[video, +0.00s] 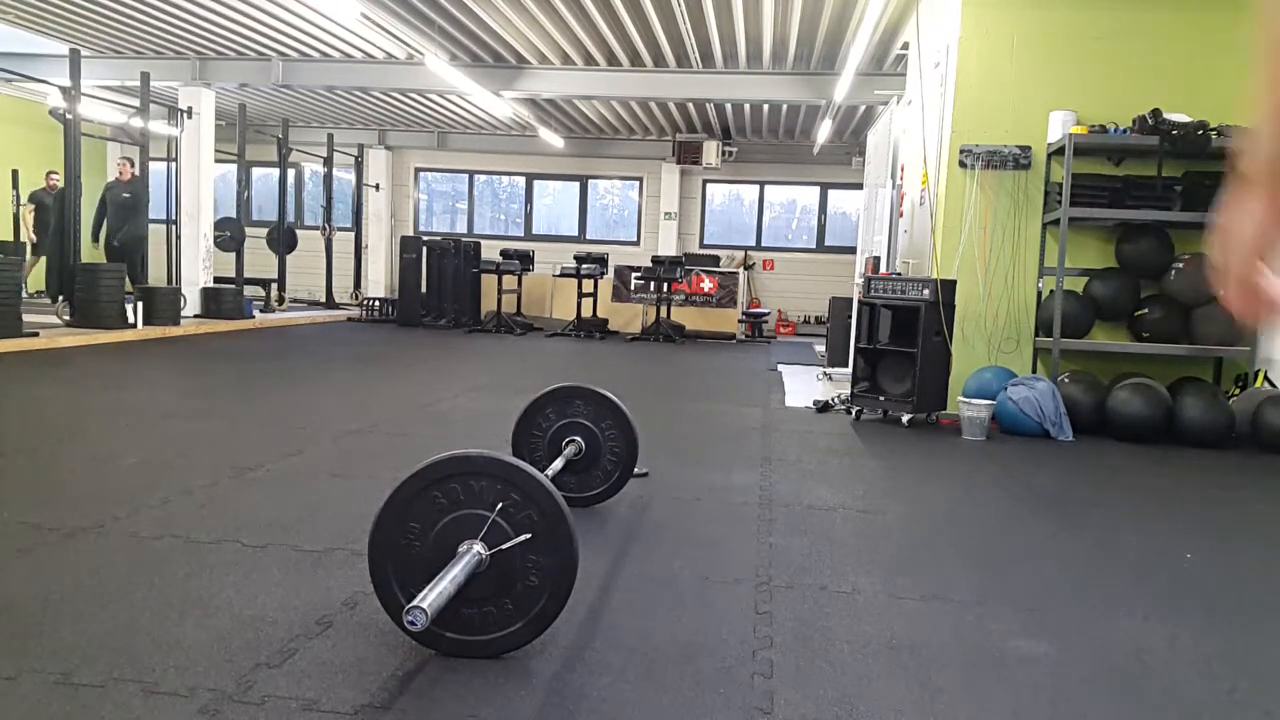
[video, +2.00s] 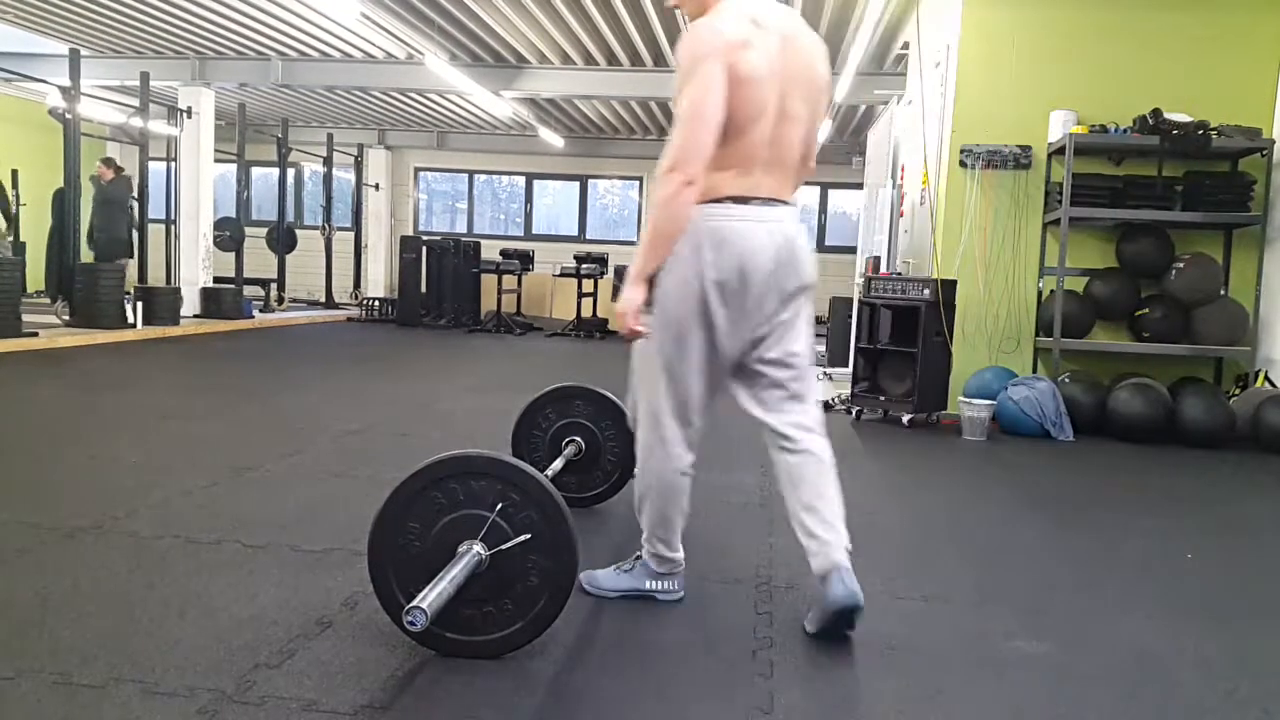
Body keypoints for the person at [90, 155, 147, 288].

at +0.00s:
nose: (120, 167)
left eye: (124, 165)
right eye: (118, 164)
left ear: (131, 168)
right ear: (116, 167)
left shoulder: (139, 186)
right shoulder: (110, 187)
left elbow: (140, 218)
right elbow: (100, 212)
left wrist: (119, 239)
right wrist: (95, 236)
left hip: (134, 240)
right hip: (113, 240)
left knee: (136, 277)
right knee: (115, 277)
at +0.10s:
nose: (123, 167)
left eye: (126, 165)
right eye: (121, 164)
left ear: (133, 168)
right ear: (118, 167)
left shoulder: (141, 188)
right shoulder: (110, 186)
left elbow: (141, 219)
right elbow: (100, 211)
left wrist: (129, 240)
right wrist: (95, 235)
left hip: (135, 239)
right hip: (113, 238)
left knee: (136, 275)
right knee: (114, 275)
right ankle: (115, 306)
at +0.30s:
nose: (127, 168)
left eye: (131, 165)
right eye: (125, 165)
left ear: (137, 169)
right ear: (121, 168)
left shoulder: (146, 189)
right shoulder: (112, 187)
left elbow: (150, 216)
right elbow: (103, 211)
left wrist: (148, 242)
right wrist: (100, 233)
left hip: (137, 242)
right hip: (115, 241)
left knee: (141, 284)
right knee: (113, 281)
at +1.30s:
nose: (109, 168)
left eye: (112, 165)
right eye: (109, 165)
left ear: (122, 168)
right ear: (109, 168)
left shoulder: (132, 187)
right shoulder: (104, 188)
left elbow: (135, 215)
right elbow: (95, 212)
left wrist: (123, 237)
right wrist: (93, 235)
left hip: (123, 238)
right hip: (104, 238)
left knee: (126, 273)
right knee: (106, 273)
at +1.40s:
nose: (106, 169)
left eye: (110, 165)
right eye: (106, 165)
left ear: (120, 168)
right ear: (106, 169)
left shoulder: (129, 187)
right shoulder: (103, 188)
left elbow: (132, 214)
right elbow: (93, 214)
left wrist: (110, 224)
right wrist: (89, 236)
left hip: (121, 237)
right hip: (102, 237)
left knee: (120, 272)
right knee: (104, 272)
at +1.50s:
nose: (105, 169)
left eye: (109, 166)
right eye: (105, 166)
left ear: (119, 168)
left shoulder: (126, 185)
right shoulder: (105, 187)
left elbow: (128, 209)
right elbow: (94, 214)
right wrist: (89, 238)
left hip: (119, 238)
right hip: (102, 237)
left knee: (115, 273)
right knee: (102, 273)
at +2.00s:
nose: (98, 171)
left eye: (101, 168)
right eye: (98, 168)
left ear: (110, 169)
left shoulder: (123, 182)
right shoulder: (101, 185)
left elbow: (110, 195)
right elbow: (94, 213)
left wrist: (96, 183)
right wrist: (91, 235)